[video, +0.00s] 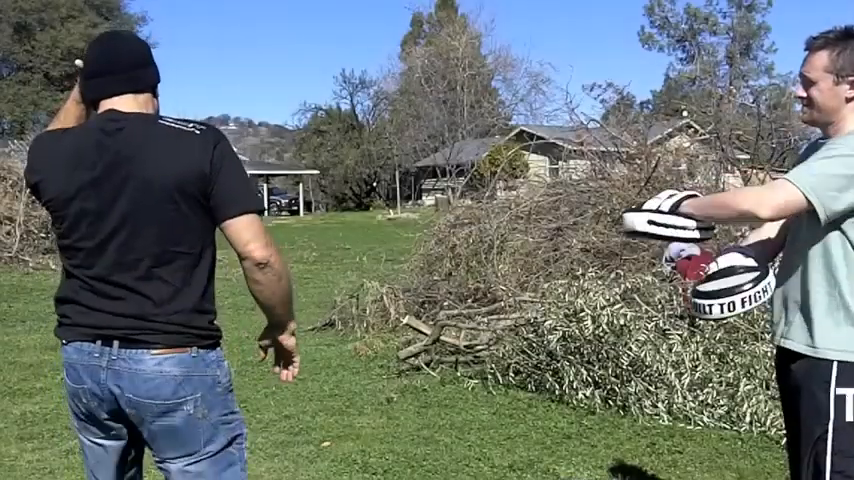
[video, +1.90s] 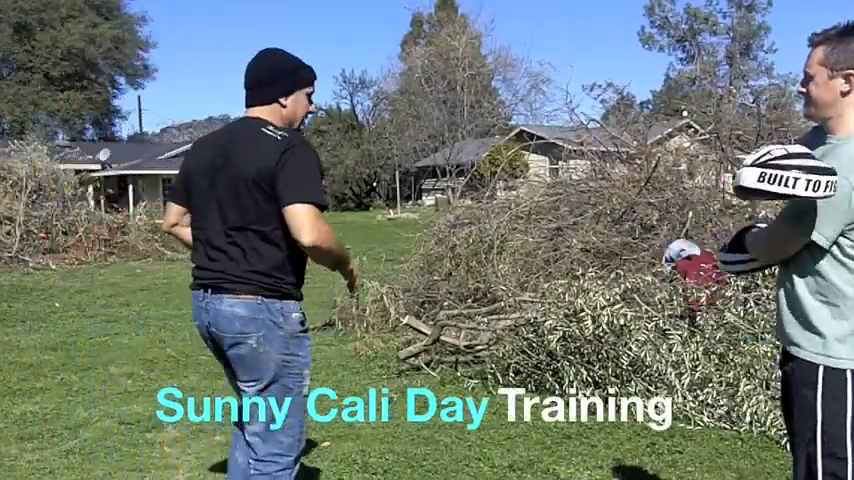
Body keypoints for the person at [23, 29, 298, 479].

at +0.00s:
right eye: (152, 78)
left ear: (90, 91)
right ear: (154, 83)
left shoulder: (54, 156)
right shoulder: (201, 145)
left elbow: (50, 146)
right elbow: (258, 255)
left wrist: (84, 84)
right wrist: (282, 328)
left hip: (83, 364)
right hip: (177, 368)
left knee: (108, 472)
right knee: (208, 469)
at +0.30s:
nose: (168, 80)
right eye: (167, 72)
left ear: (103, 82)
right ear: (165, 75)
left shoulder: (62, 140)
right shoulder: (199, 127)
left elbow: (48, 212)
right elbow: (249, 227)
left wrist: (88, 122)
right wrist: (287, 314)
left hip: (93, 337)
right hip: (184, 337)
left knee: (112, 474)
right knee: (235, 462)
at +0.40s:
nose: (175, 81)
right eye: (173, 73)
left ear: (108, 81)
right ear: (168, 75)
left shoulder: (66, 141)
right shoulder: (200, 127)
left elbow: (46, 220)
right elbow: (248, 224)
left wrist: (93, 174)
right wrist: (286, 313)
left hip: (95, 335)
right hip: (185, 335)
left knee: (111, 473)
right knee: (238, 457)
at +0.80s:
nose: (207, 104)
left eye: (206, 95)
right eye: (205, 94)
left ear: (146, 94)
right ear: (196, 94)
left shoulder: (97, 154)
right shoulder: (221, 141)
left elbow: (59, 251)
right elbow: (254, 227)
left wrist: (116, 242)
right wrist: (286, 319)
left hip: (114, 332)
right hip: (199, 335)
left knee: (121, 473)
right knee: (236, 469)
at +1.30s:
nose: (272, 108)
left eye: (271, 97)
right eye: (270, 98)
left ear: (212, 97)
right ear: (255, 100)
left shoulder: (158, 149)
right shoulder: (274, 157)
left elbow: (123, 235)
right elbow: (299, 250)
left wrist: (179, 262)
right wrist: (322, 329)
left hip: (160, 323)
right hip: (237, 326)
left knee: (157, 457)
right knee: (257, 464)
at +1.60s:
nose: (294, 104)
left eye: (294, 94)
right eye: (292, 94)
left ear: (237, 92)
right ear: (273, 95)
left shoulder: (179, 146)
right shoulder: (287, 151)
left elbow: (145, 224)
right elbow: (313, 246)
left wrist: (195, 258)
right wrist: (337, 300)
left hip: (183, 312)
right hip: (250, 318)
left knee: (200, 426)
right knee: (265, 456)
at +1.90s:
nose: (310, 105)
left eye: (310, 95)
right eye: (307, 95)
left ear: (263, 95)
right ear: (282, 96)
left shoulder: (205, 146)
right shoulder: (288, 146)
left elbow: (175, 220)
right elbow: (310, 235)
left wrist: (223, 249)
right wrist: (344, 262)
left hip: (209, 306)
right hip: (261, 311)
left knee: (253, 421)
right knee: (276, 447)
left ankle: (244, 472)